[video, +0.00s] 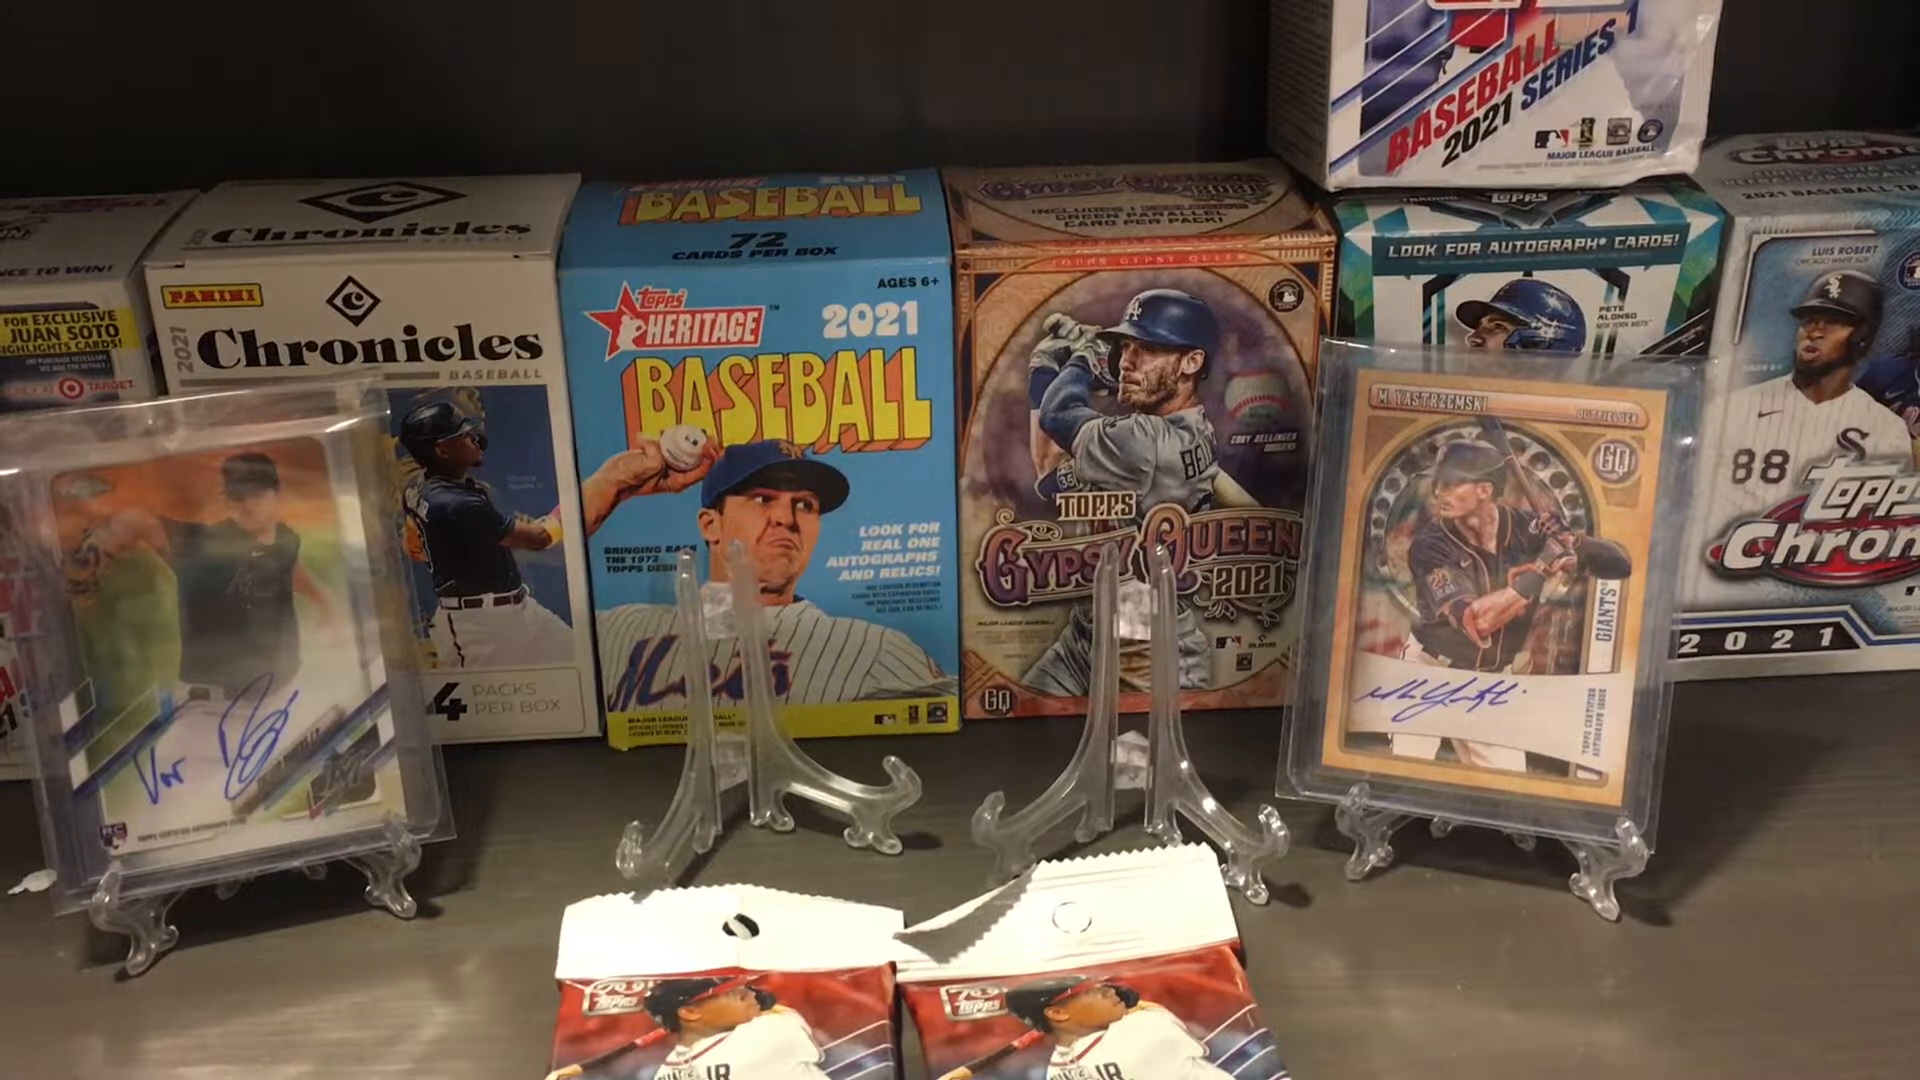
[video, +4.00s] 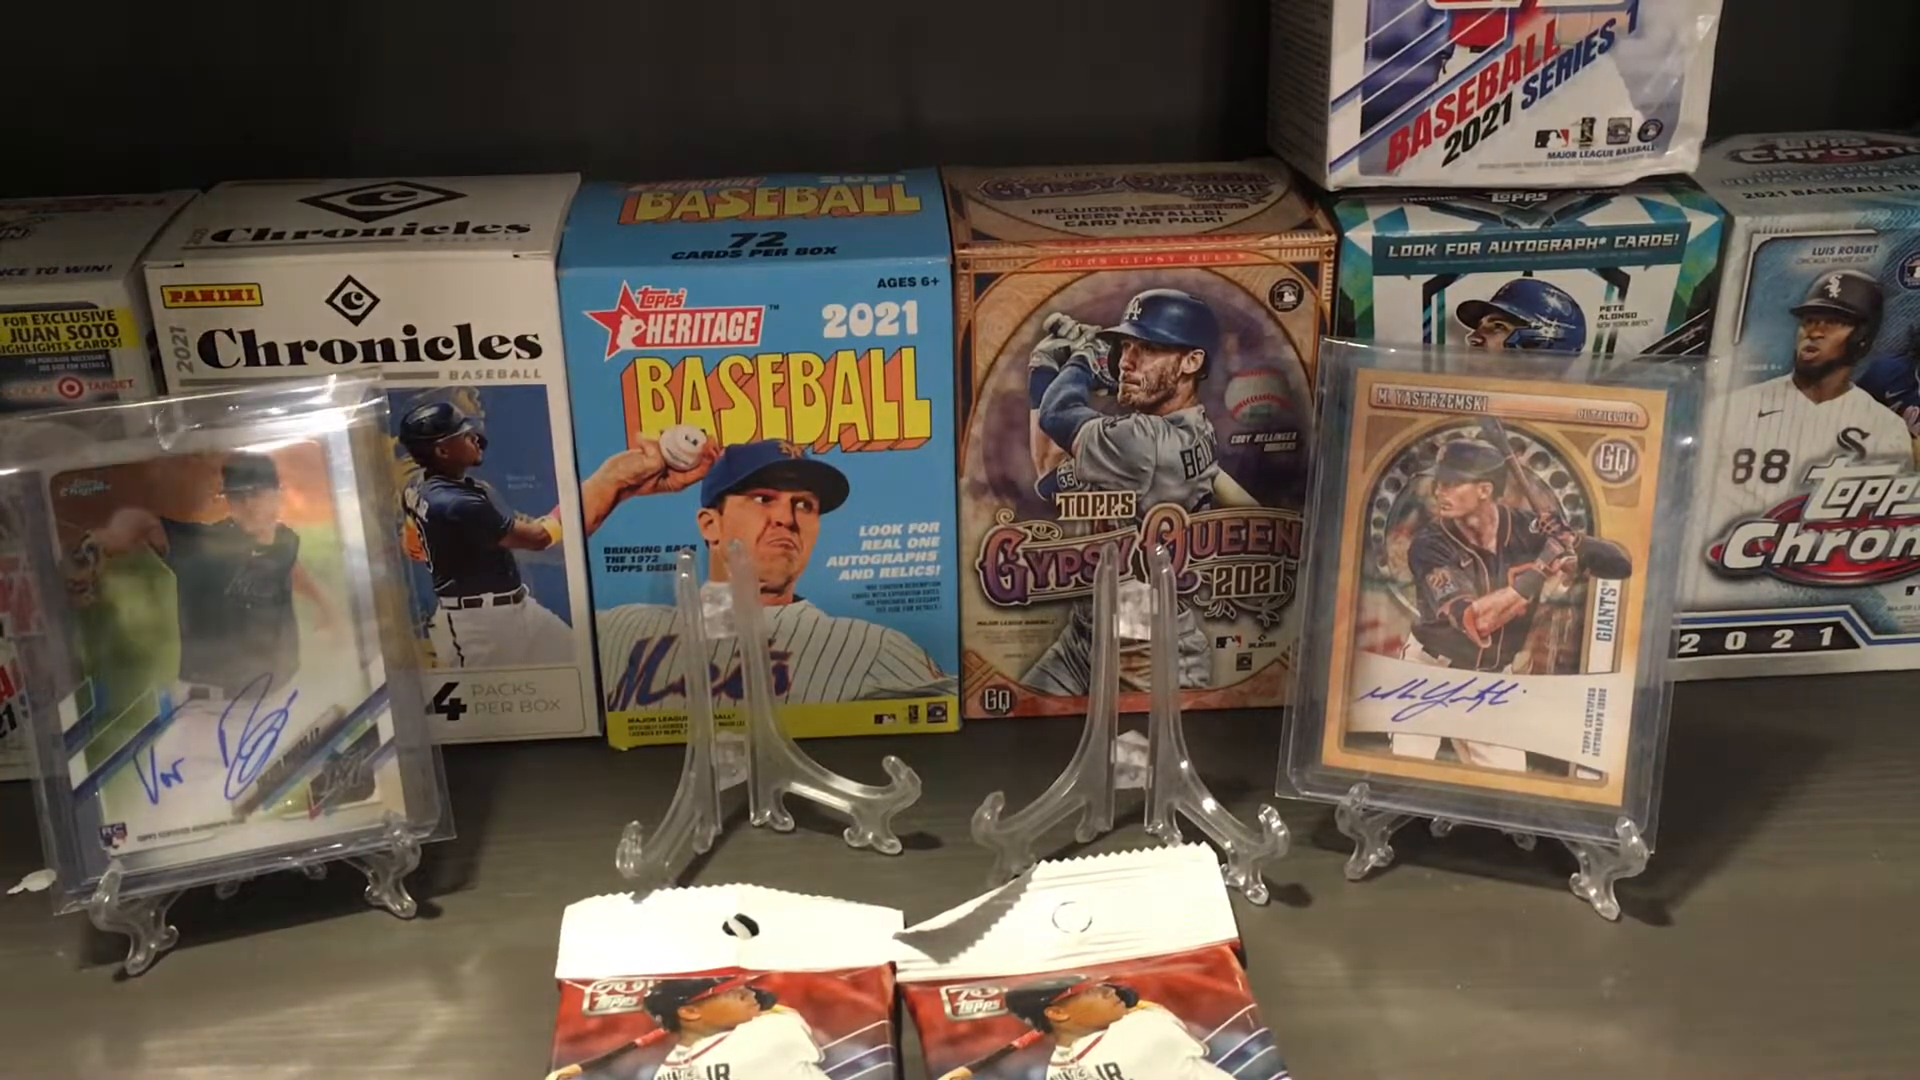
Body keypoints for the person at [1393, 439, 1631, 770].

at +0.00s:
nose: (1439, 492)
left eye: (1451, 484)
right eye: (1439, 484)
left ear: (1484, 491)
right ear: (1435, 487)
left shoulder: (1526, 528)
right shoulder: (1430, 542)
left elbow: (1622, 564)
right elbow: (1475, 623)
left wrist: (1577, 551)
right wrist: (1539, 571)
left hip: (1495, 677)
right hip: (1429, 670)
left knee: (1509, 792)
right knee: (1410, 775)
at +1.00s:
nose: (1440, 492)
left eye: (1452, 485)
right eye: (1439, 484)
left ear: (1485, 490)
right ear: (1436, 486)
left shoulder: (1526, 528)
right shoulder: (1430, 542)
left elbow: (1622, 563)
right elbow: (1474, 622)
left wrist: (1575, 547)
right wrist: (1540, 570)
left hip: (1495, 676)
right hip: (1430, 669)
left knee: (1509, 788)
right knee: (1412, 772)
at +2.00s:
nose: (1439, 492)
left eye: (1451, 484)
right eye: (1439, 483)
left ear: (1484, 490)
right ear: (1436, 486)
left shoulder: (1527, 528)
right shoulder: (1430, 540)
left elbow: (1622, 562)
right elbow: (1474, 622)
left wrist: (1574, 551)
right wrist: (1540, 569)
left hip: (1495, 676)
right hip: (1429, 668)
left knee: (1508, 787)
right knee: (1411, 772)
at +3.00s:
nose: (1439, 491)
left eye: (1452, 484)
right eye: (1439, 483)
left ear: (1484, 491)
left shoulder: (1527, 530)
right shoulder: (1430, 541)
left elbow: (1622, 565)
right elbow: (1472, 622)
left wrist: (1574, 545)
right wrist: (1538, 572)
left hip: (1495, 677)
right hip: (1429, 669)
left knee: (1509, 789)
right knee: (1412, 771)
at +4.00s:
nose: (1439, 492)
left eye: (1452, 484)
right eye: (1439, 483)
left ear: (1484, 491)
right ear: (1436, 486)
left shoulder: (1528, 530)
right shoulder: (1430, 542)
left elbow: (1622, 565)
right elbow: (1473, 622)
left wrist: (1574, 547)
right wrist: (1538, 573)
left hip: (1495, 677)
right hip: (1429, 670)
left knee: (1510, 789)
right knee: (1411, 772)